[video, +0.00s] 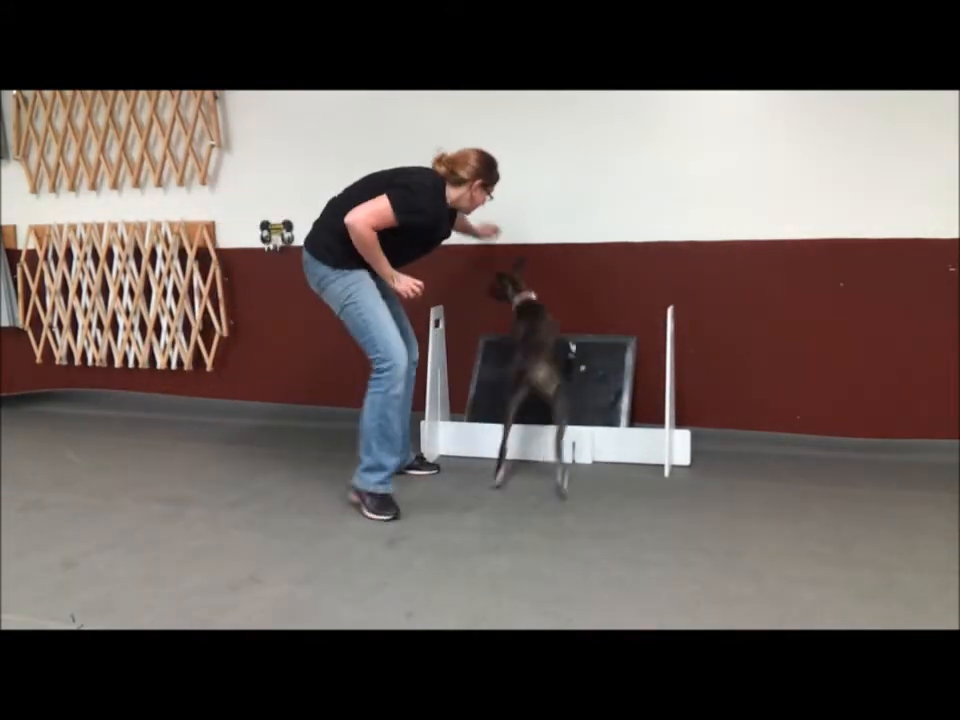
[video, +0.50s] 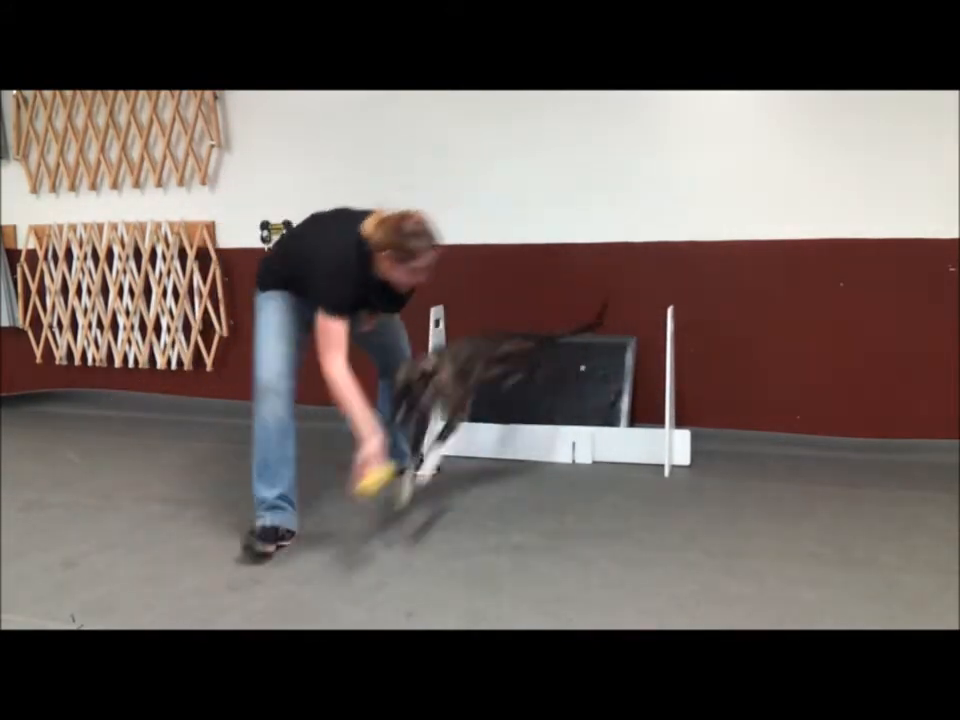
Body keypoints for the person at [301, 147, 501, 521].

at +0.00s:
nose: (485, 200)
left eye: (488, 194)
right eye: (486, 192)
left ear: (468, 183)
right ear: (471, 184)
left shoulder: (444, 201)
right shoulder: (425, 194)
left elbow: (450, 218)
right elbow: (357, 221)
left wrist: (474, 230)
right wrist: (391, 275)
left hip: (363, 264)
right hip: (334, 263)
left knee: (407, 353)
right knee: (391, 359)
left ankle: (398, 455)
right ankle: (370, 483)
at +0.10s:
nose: (491, 198)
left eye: (494, 191)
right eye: (491, 190)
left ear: (472, 181)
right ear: (474, 182)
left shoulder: (447, 206)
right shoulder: (425, 192)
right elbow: (353, 229)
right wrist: (394, 278)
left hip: (367, 263)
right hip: (332, 259)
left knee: (406, 352)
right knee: (386, 351)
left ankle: (397, 454)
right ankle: (374, 475)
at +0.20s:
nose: (494, 208)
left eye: (497, 201)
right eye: (494, 199)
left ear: (474, 191)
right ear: (478, 193)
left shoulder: (451, 217)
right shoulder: (421, 197)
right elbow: (353, 244)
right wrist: (399, 291)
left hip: (364, 257)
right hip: (321, 251)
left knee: (401, 350)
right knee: (353, 344)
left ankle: (394, 454)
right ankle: (369, 463)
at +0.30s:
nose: (486, 226)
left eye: (489, 220)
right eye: (486, 219)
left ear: (465, 207)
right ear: (469, 213)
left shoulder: (441, 228)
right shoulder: (406, 216)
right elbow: (353, 273)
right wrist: (403, 320)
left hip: (362, 261)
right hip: (312, 253)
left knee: (404, 347)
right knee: (323, 342)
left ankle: (391, 456)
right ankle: (337, 460)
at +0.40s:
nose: (460, 252)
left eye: (464, 245)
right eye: (460, 245)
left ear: (439, 235)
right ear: (441, 237)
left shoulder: (425, 251)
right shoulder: (382, 238)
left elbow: (401, 306)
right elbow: (346, 316)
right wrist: (406, 368)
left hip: (363, 273)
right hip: (304, 264)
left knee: (404, 347)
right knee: (300, 358)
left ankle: (391, 457)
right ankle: (293, 483)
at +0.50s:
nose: (422, 279)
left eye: (426, 271)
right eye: (417, 271)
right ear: (387, 261)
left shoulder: (404, 264)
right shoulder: (338, 260)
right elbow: (333, 362)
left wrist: (373, 313)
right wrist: (369, 436)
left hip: (357, 294)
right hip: (288, 287)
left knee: (399, 368)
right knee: (273, 389)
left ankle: (396, 463)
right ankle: (275, 516)